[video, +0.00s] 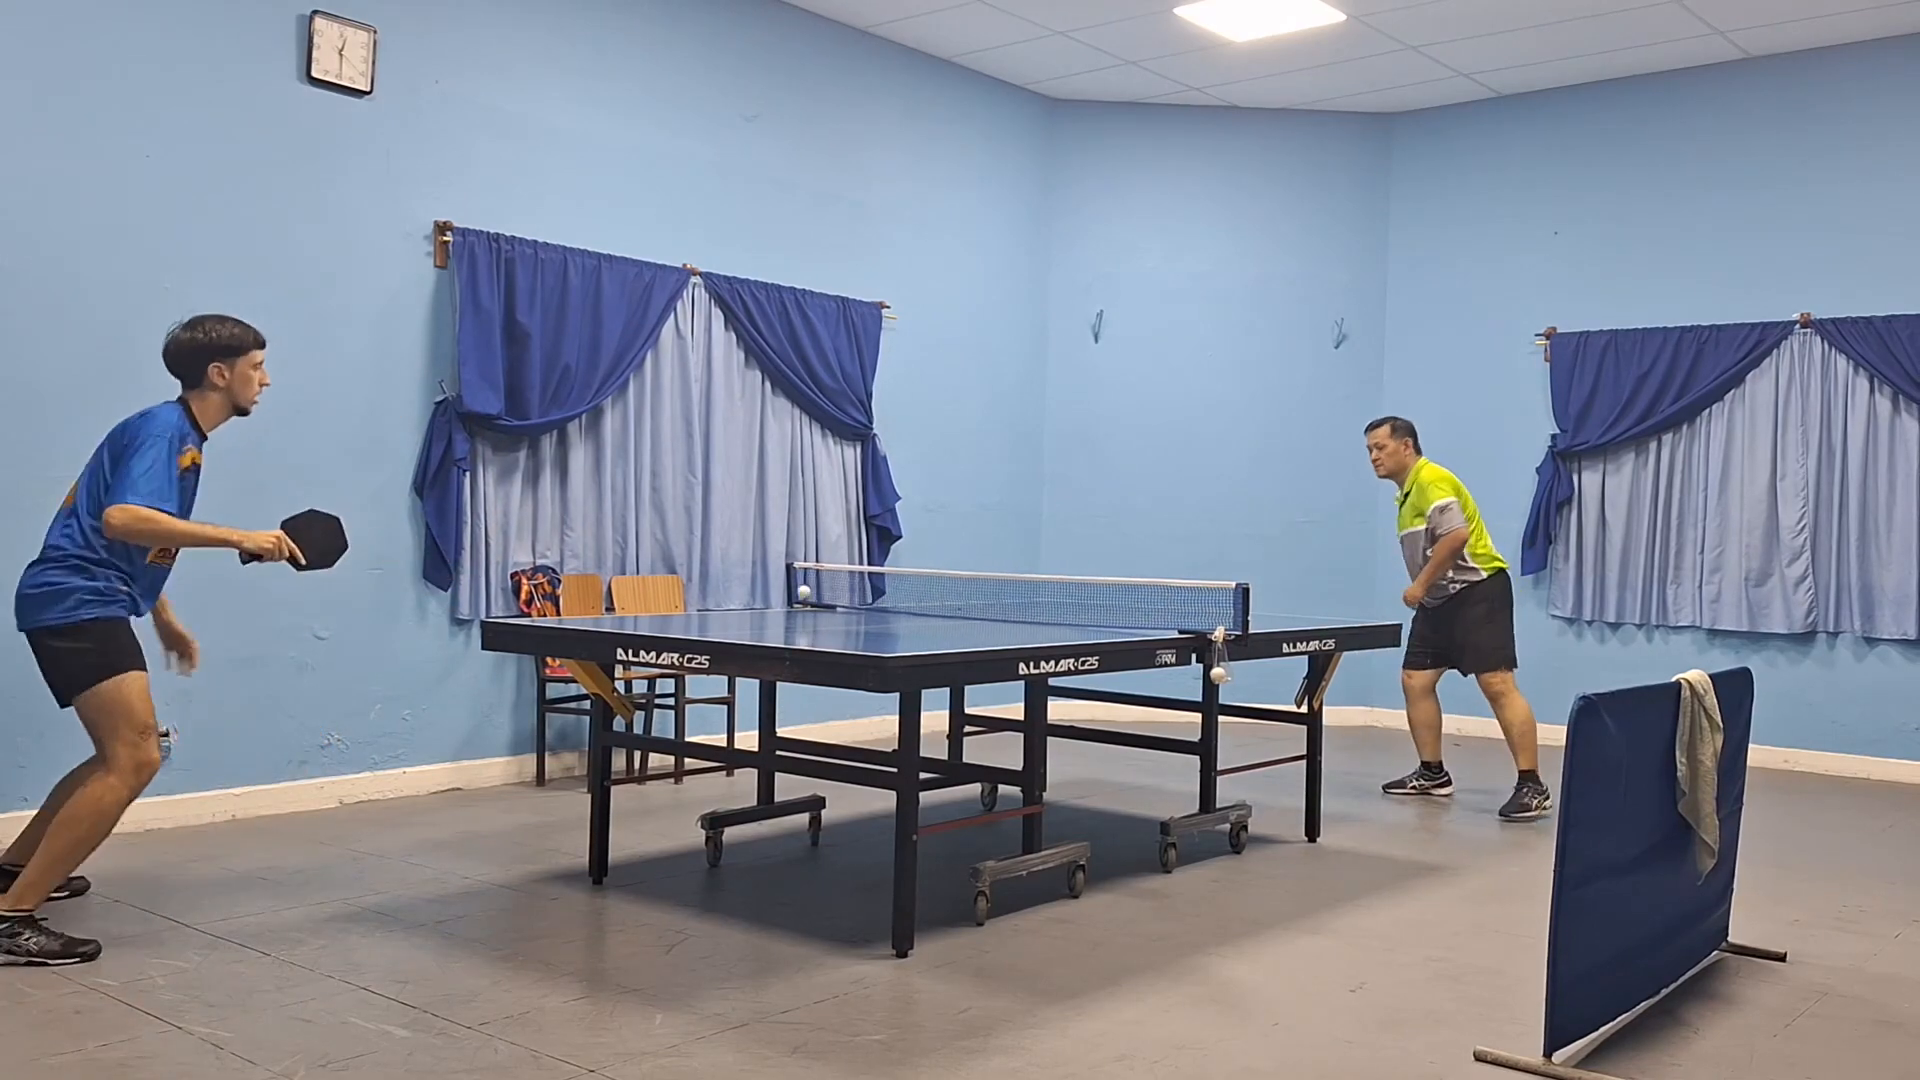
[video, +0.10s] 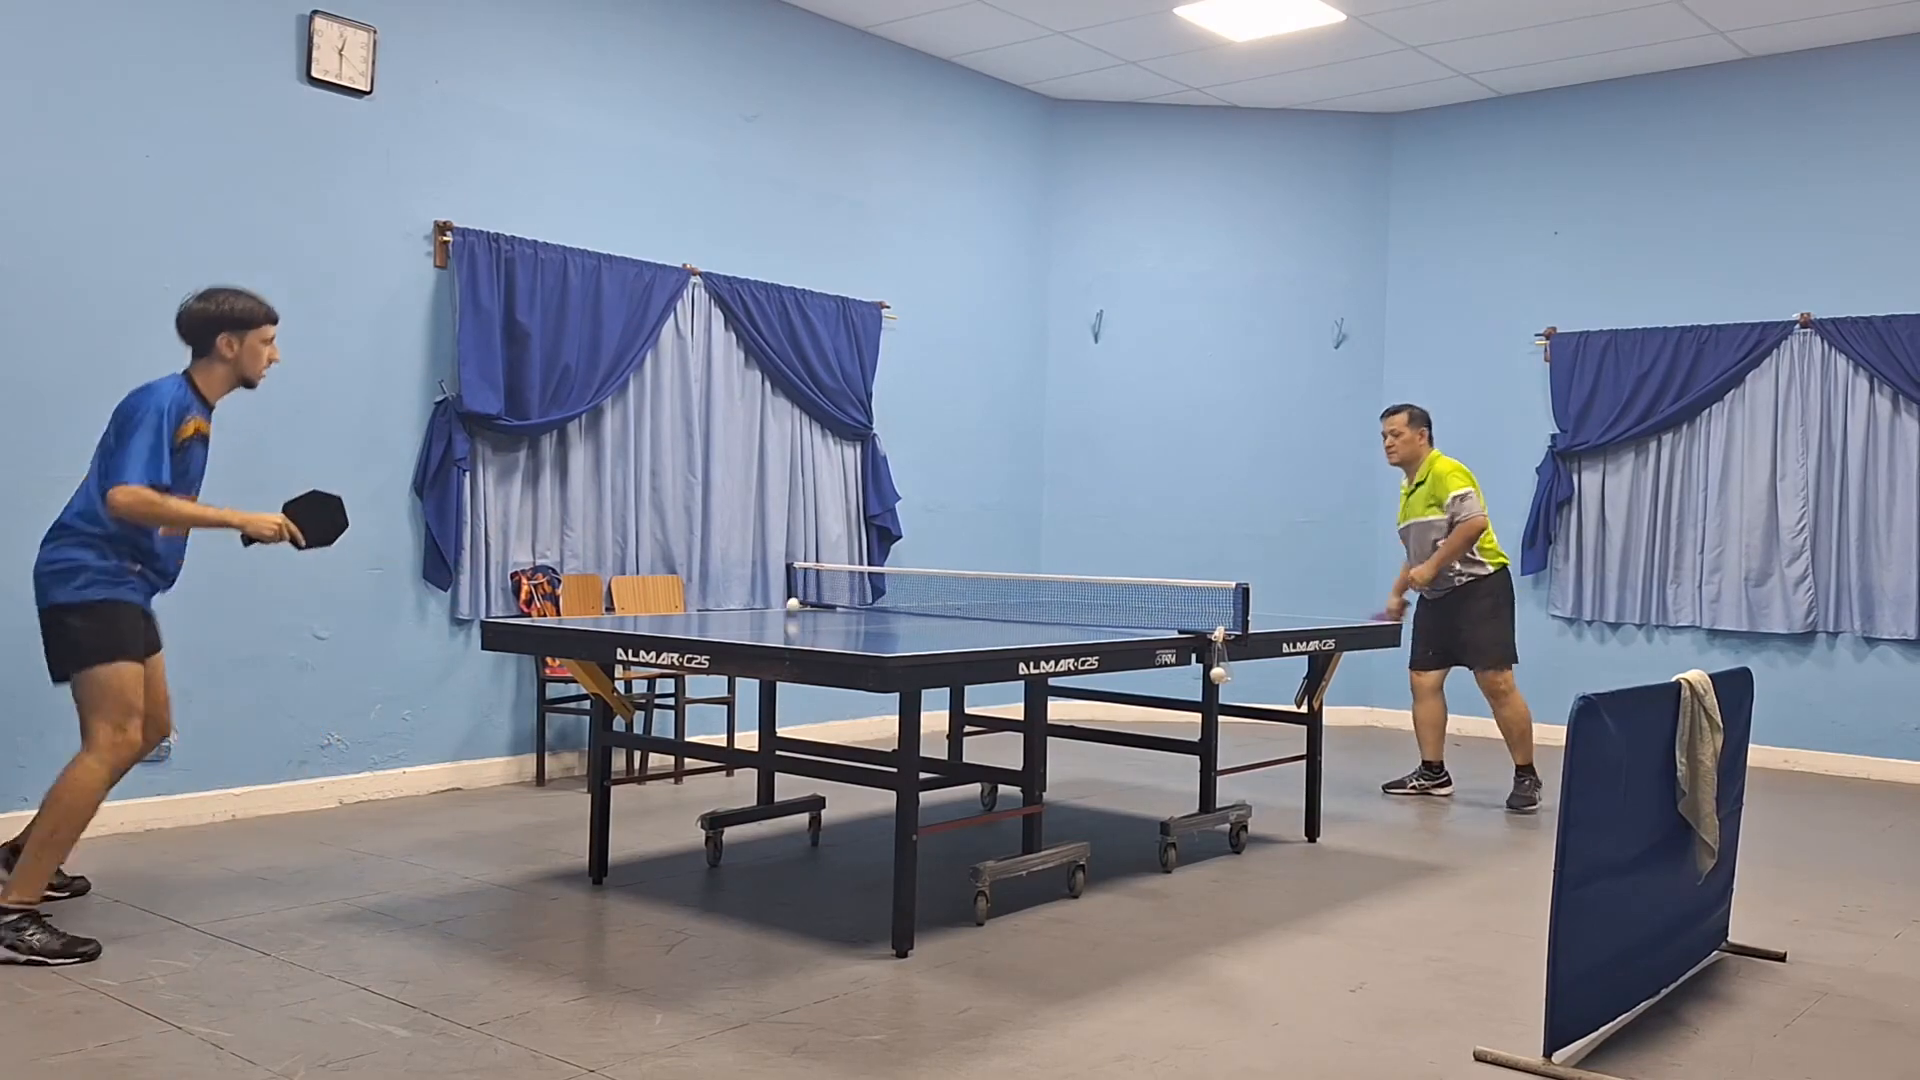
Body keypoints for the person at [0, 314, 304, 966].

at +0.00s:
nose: (265, 378)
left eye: (263, 365)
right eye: (257, 366)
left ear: (218, 375)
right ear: (218, 373)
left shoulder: (184, 443)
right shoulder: (160, 430)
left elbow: (132, 540)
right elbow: (118, 518)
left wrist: (161, 615)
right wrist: (238, 538)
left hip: (85, 598)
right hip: (71, 596)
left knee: (126, 753)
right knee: (134, 758)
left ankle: (21, 862)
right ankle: (14, 915)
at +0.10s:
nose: (275, 354)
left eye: (275, 341)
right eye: (268, 341)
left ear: (231, 347)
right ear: (227, 345)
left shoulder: (197, 415)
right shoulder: (160, 403)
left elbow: (162, 503)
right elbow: (124, 498)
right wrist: (239, 519)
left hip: (125, 582)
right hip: (88, 576)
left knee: (150, 728)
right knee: (116, 737)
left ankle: (28, 852)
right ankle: (16, 905)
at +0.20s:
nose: (292, 330)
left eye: (293, 318)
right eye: (286, 317)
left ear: (247, 317)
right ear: (245, 315)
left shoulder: (210, 382)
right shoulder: (174, 371)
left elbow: (123, 450)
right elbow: (144, 468)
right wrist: (253, 498)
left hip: (155, 555)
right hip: (107, 549)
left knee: (172, 699)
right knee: (106, 710)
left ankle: (74, 831)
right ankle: (34, 886)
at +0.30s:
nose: (310, 337)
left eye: (312, 325)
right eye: (304, 324)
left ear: (265, 324)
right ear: (263, 321)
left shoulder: (231, 389)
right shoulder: (199, 377)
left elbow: (131, 454)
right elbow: (160, 471)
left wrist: (222, 493)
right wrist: (263, 510)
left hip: (172, 560)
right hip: (127, 557)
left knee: (185, 701)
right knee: (129, 716)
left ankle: (138, 846)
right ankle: (22, 877)